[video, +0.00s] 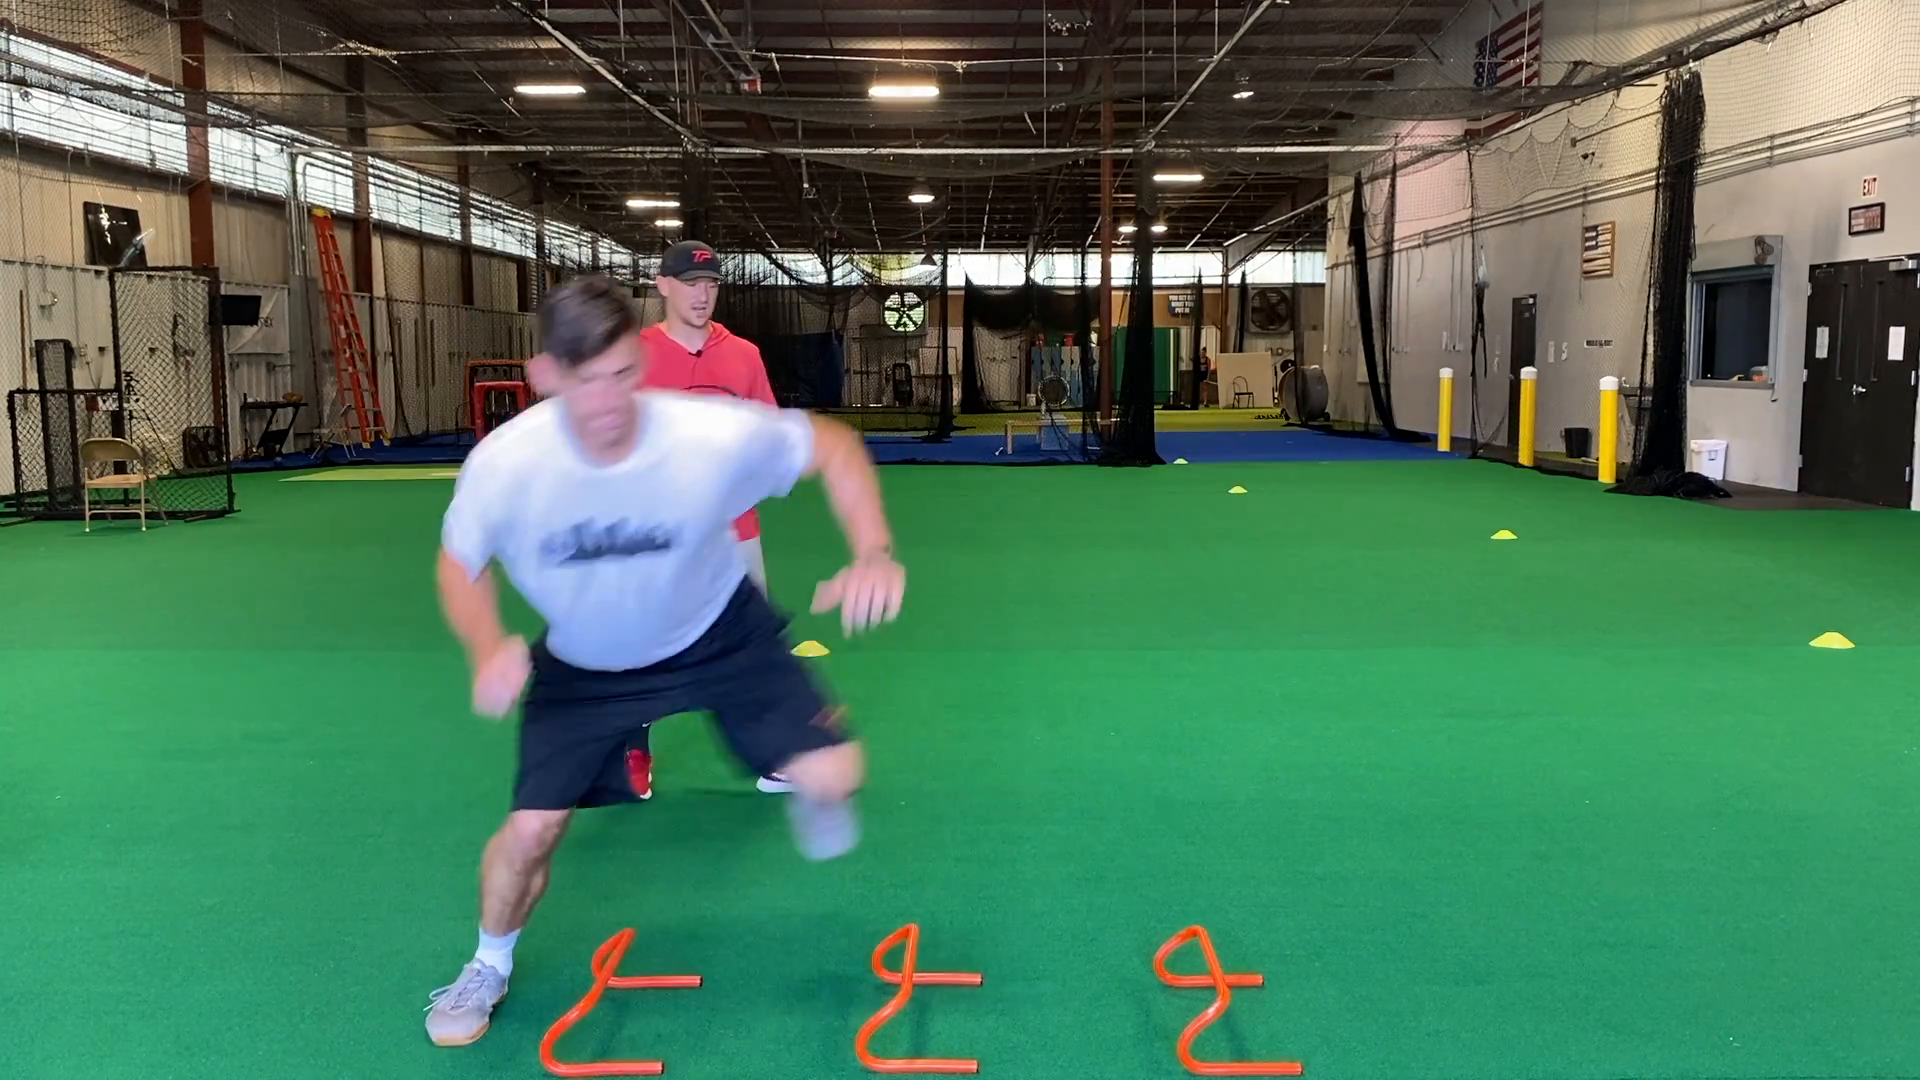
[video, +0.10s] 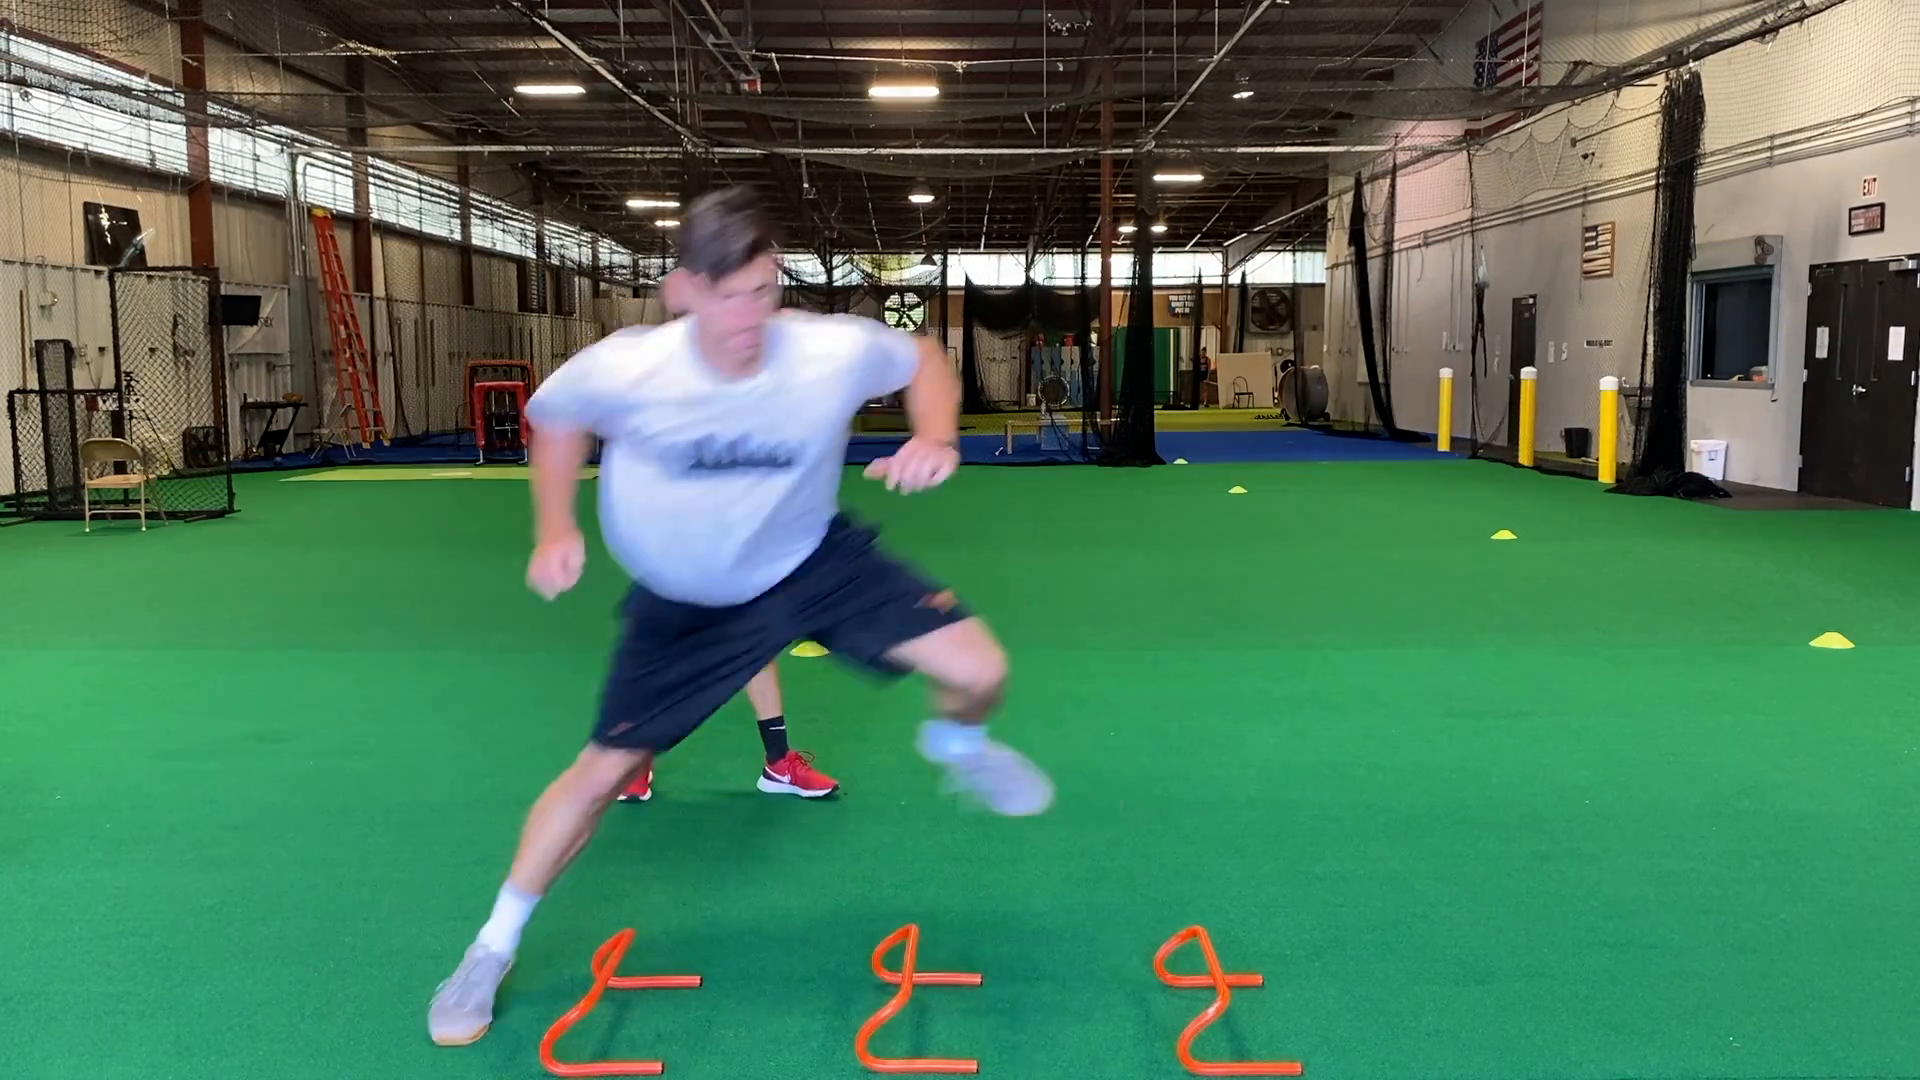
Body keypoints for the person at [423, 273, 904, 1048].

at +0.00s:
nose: (612, 398)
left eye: (626, 375)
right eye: (591, 379)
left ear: (644, 364)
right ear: (550, 376)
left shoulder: (712, 433)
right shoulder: (503, 463)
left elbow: (835, 444)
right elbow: (457, 566)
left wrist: (873, 551)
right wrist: (489, 645)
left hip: (722, 632)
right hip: (582, 663)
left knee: (832, 773)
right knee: (530, 829)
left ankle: (819, 792)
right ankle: (488, 967)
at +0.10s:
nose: (754, 310)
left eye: (767, 290)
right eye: (734, 292)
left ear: (782, 284)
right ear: (685, 287)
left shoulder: (832, 350)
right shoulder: (623, 369)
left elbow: (926, 358)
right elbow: (554, 418)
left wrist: (935, 436)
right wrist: (556, 529)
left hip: (816, 564)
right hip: (678, 604)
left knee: (980, 670)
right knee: (603, 770)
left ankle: (956, 745)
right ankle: (492, 949)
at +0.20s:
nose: (885, 263)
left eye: (898, 243)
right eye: (865, 245)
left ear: (916, 235)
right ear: (816, 237)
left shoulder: (955, 305)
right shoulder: (751, 307)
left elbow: (1035, 337)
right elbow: (686, 336)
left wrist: (1028, 414)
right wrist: (664, 457)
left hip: (925, 518)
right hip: (791, 542)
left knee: (1085, 648)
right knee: (706, 722)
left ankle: (1140, 779)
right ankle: (595, 846)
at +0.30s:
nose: (1015, 266)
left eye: (1030, 246)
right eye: (995, 247)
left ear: (1045, 234)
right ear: (944, 231)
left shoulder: (1080, 310)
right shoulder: (870, 305)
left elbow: (1132, 355)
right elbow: (805, 346)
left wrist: (1129, 454)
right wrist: (785, 469)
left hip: (1029, 525)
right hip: (900, 527)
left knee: (1151, 689)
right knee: (827, 726)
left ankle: (1273, 862)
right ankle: (763, 714)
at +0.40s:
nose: (1137, 313)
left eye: (1149, 292)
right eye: (1117, 294)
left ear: (1163, 283)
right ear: (1070, 286)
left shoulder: (1201, 365)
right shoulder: (988, 364)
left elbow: (1231, 421)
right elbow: (927, 410)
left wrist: (1236, 523)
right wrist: (917, 547)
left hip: (1140, 578)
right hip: (1015, 573)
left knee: (1222, 764)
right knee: (954, 775)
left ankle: (1306, 953)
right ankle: (916, 690)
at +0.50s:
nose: (1237, 389)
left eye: (1251, 368)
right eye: (1216, 368)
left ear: (1266, 359)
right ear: (1168, 358)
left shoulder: (1298, 433)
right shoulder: (1092, 435)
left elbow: (1335, 498)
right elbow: (1022, 509)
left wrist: (1356, 614)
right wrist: (1035, 639)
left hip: (1228, 616)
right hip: (1110, 617)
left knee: (1289, 795)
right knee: (1087, 816)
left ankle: (1321, 965)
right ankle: (1059, 742)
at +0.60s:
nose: (1300, 432)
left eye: (1315, 411)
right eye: (1280, 412)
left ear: (1330, 394)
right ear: (1230, 393)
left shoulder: (1361, 461)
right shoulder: (1157, 466)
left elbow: (1411, 522)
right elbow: (1072, 547)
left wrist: (1439, 638)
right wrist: (1102, 679)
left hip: (1282, 639)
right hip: (1166, 640)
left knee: (1317, 799)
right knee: (1183, 822)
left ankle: (1323, 967)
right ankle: (1156, 775)